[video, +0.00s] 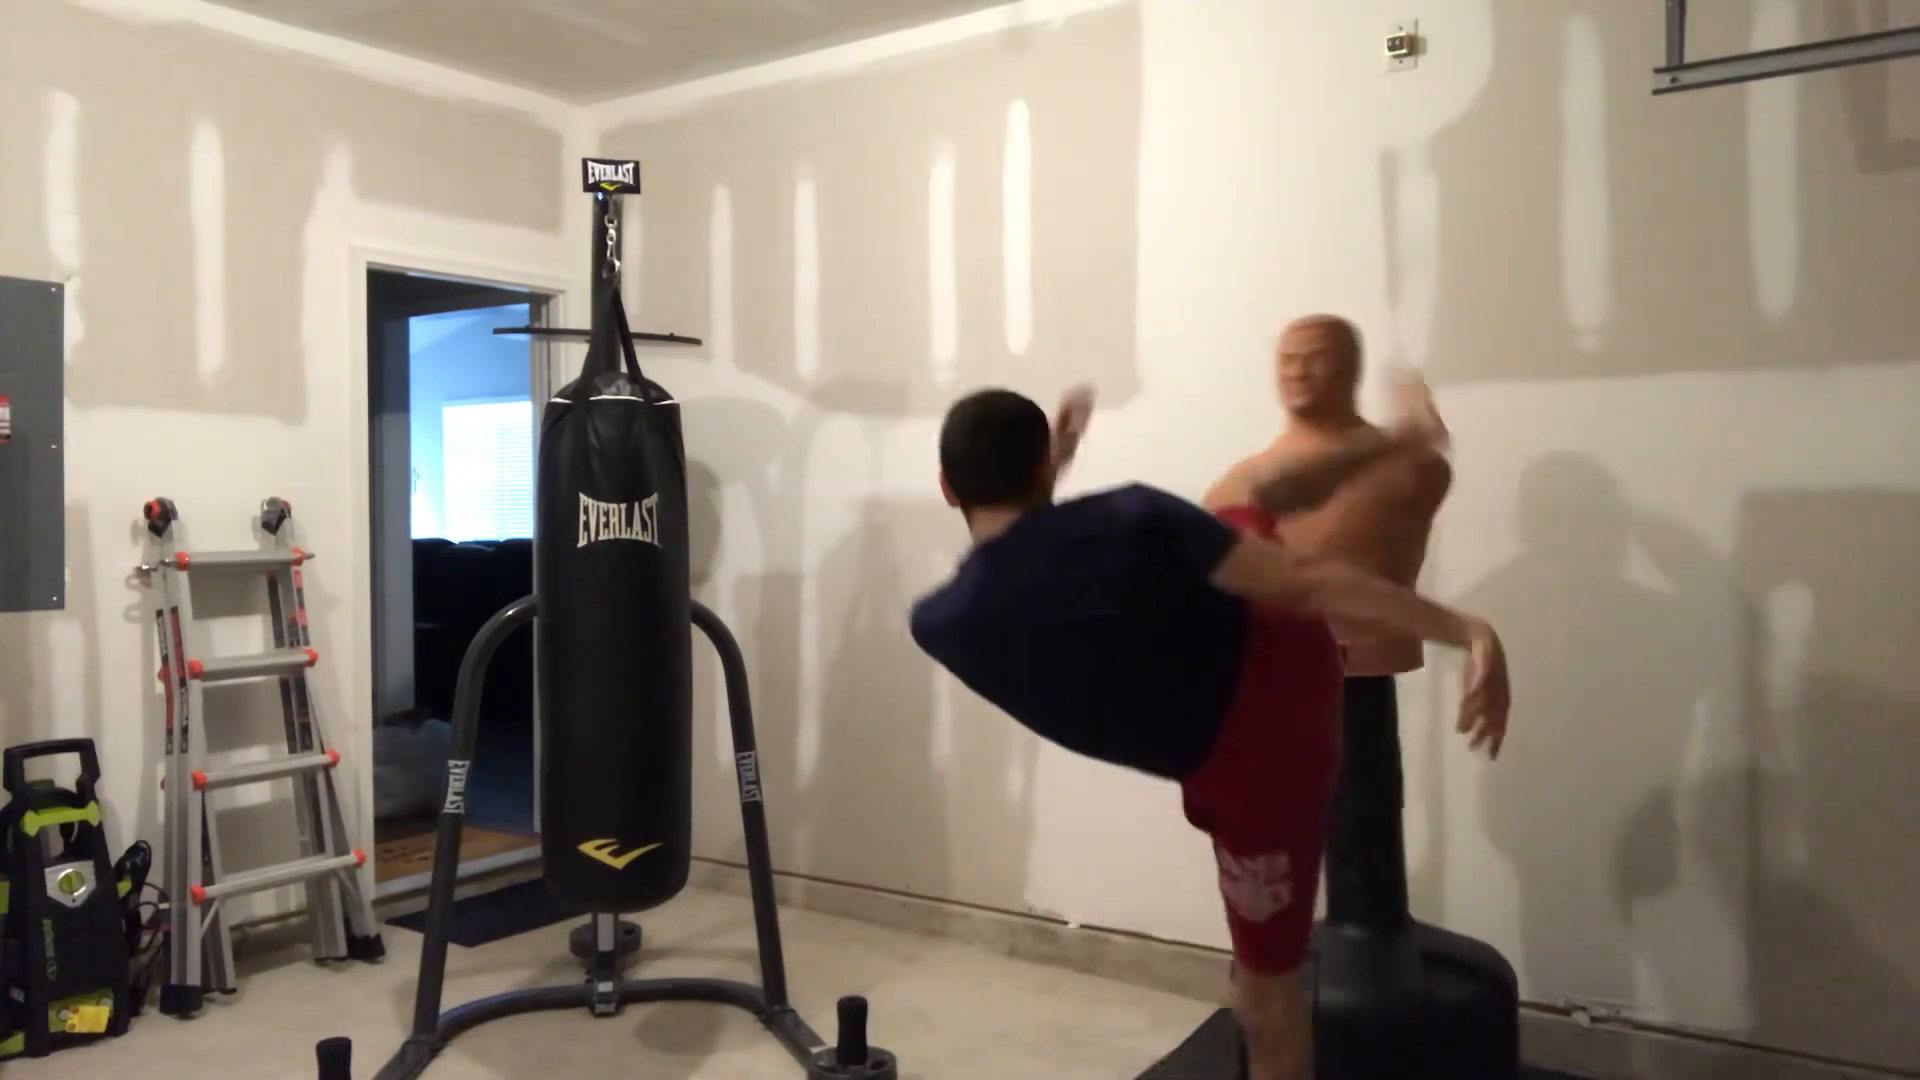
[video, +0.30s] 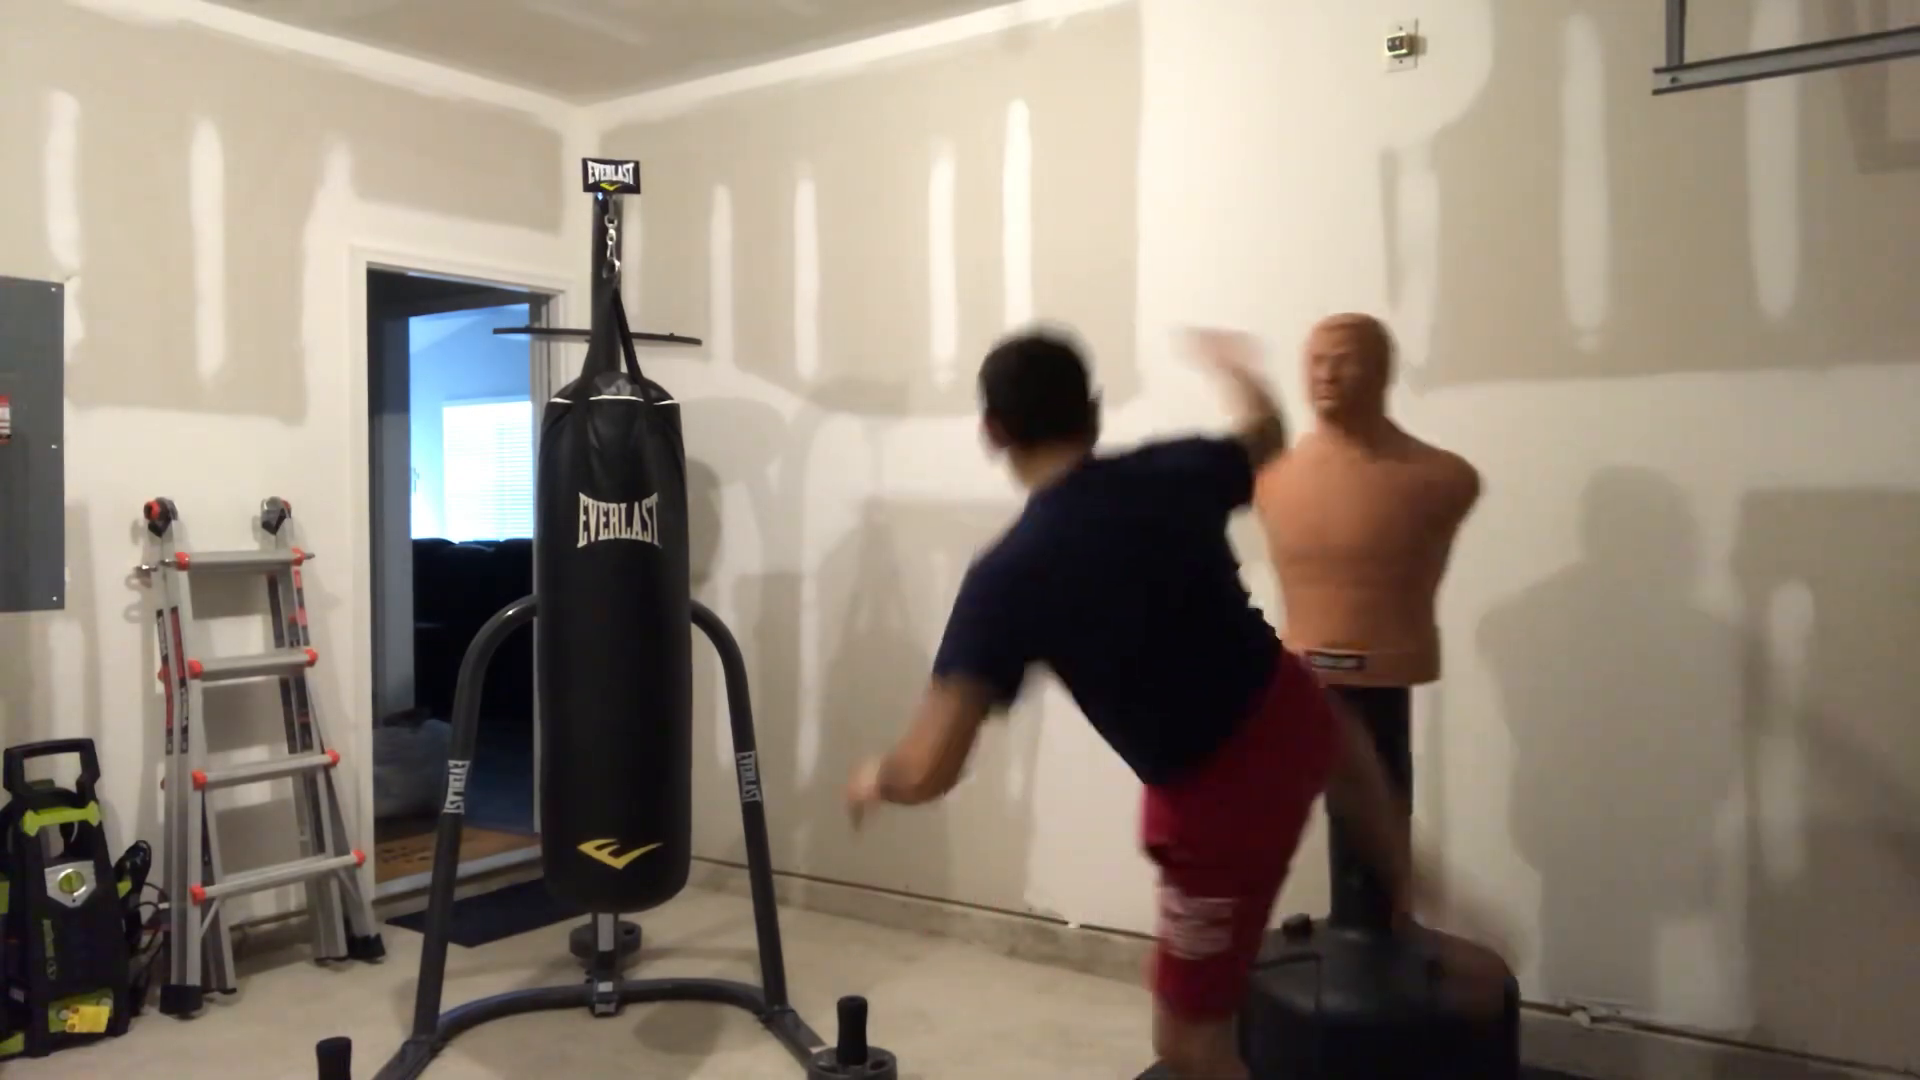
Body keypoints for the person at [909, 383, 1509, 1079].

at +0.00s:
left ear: (946, 492)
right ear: (1044, 475)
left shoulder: (942, 625)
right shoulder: (1129, 516)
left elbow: (998, 560)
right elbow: (1296, 578)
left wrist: (1048, 462)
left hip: (1237, 776)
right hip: (1286, 658)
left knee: (1269, 1007)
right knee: (1256, 516)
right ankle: (1420, 449)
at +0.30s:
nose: (985, 432)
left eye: (986, 419)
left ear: (995, 433)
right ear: (1088, 411)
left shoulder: (1010, 574)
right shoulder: (1167, 473)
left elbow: (928, 769)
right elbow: (1264, 441)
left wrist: (877, 782)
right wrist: (1243, 377)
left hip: (1214, 804)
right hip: (1296, 712)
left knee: (1192, 1046)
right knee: (1354, 767)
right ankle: (1412, 920)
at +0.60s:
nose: (1081, 418)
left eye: (1083, 406)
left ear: (1088, 416)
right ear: (1188, 412)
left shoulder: (1104, 538)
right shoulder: (1243, 510)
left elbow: (1164, 719)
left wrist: (1052, 826)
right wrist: (1108, 458)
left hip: (1136, 844)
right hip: (1250, 835)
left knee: (997, 1064)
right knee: (1248, 1060)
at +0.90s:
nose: (1059, 316)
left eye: (1061, 307)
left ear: (1066, 319)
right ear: (1181, 331)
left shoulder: (1006, 417)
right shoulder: (1234, 444)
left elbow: (907, 578)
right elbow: (1286, 609)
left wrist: (1000, 491)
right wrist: (1214, 515)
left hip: (1061, 766)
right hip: (1200, 766)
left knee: (1038, 1050)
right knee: (1218, 1035)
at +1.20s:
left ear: (1015, 371)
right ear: (1135, 373)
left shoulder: (961, 486)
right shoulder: (1202, 490)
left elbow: (909, 636)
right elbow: (1308, 656)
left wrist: (962, 537)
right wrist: (1310, 577)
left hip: (1056, 851)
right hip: (1203, 848)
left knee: (1015, 1065)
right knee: (1204, 1064)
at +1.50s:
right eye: (1188, 365)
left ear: (1082, 375)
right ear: (1188, 378)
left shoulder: (1015, 496)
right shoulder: (1252, 499)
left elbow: (974, 614)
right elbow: (1383, 610)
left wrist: (1047, 528)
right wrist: (1331, 488)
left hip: (1084, 843)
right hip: (1236, 840)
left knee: (1076, 1062)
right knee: (1273, 1062)